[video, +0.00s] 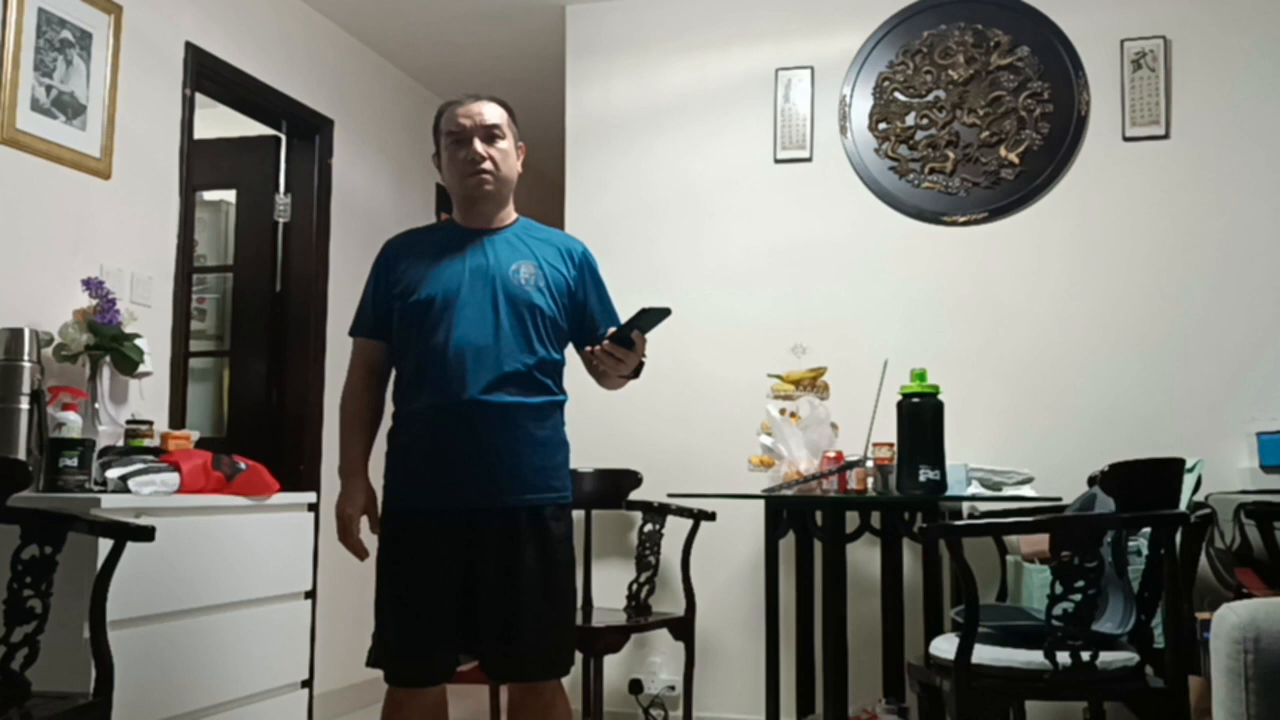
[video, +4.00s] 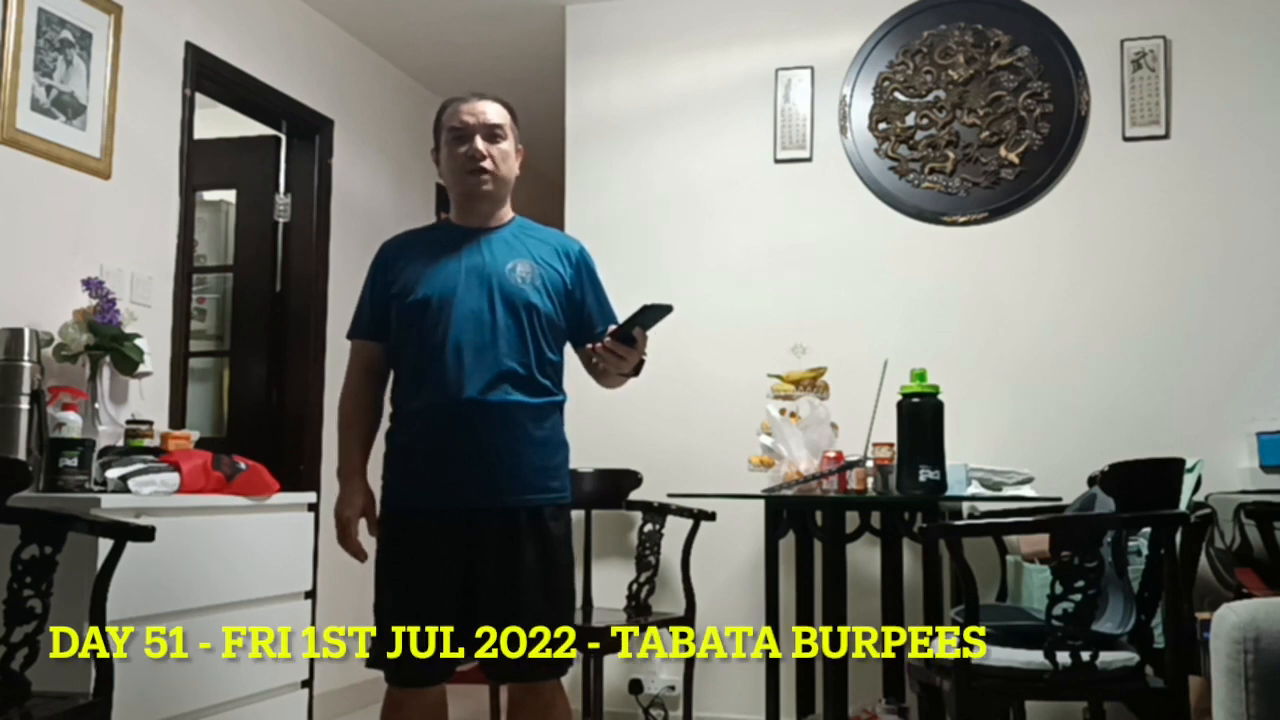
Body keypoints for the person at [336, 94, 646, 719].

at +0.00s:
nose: (476, 148)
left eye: (491, 135)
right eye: (458, 140)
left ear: (520, 157)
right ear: (439, 165)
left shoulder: (565, 254)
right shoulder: (402, 255)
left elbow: (606, 362)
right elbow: (366, 373)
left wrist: (622, 366)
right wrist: (353, 475)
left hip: (529, 496)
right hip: (422, 496)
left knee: (535, 681)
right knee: (413, 682)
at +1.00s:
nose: (477, 148)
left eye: (493, 136)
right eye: (460, 139)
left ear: (521, 158)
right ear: (439, 162)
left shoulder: (565, 252)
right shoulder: (401, 253)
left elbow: (605, 363)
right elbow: (364, 371)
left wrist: (622, 365)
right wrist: (350, 473)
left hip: (529, 497)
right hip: (421, 496)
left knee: (536, 681)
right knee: (411, 682)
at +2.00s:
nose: (476, 146)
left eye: (492, 134)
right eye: (459, 137)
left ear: (519, 158)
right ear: (437, 161)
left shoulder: (564, 253)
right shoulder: (400, 255)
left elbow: (604, 363)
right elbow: (365, 373)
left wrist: (622, 364)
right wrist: (351, 475)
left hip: (528, 496)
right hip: (421, 496)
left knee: (536, 681)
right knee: (411, 682)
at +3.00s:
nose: (478, 146)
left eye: (494, 135)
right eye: (460, 137)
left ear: (519, 159)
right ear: (438, 162)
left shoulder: (563, 253)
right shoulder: (400, 256)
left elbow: (603, 362)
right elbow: (365, 374)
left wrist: (622, 362)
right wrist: (352, 475)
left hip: (528, 496)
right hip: (422, 495)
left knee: (536, 680)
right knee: (412, 681)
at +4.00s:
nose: (477, 146)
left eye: (493, 135)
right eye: (460, 137)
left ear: (519, 159)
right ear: (437, 161)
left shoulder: (563, 253)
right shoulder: (400, 256)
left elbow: (603, 362)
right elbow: (365, 375)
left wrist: (622, 362)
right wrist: (352, 476)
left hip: (528, 496)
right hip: (421, 496)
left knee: (536, 680)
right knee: (412, 681)